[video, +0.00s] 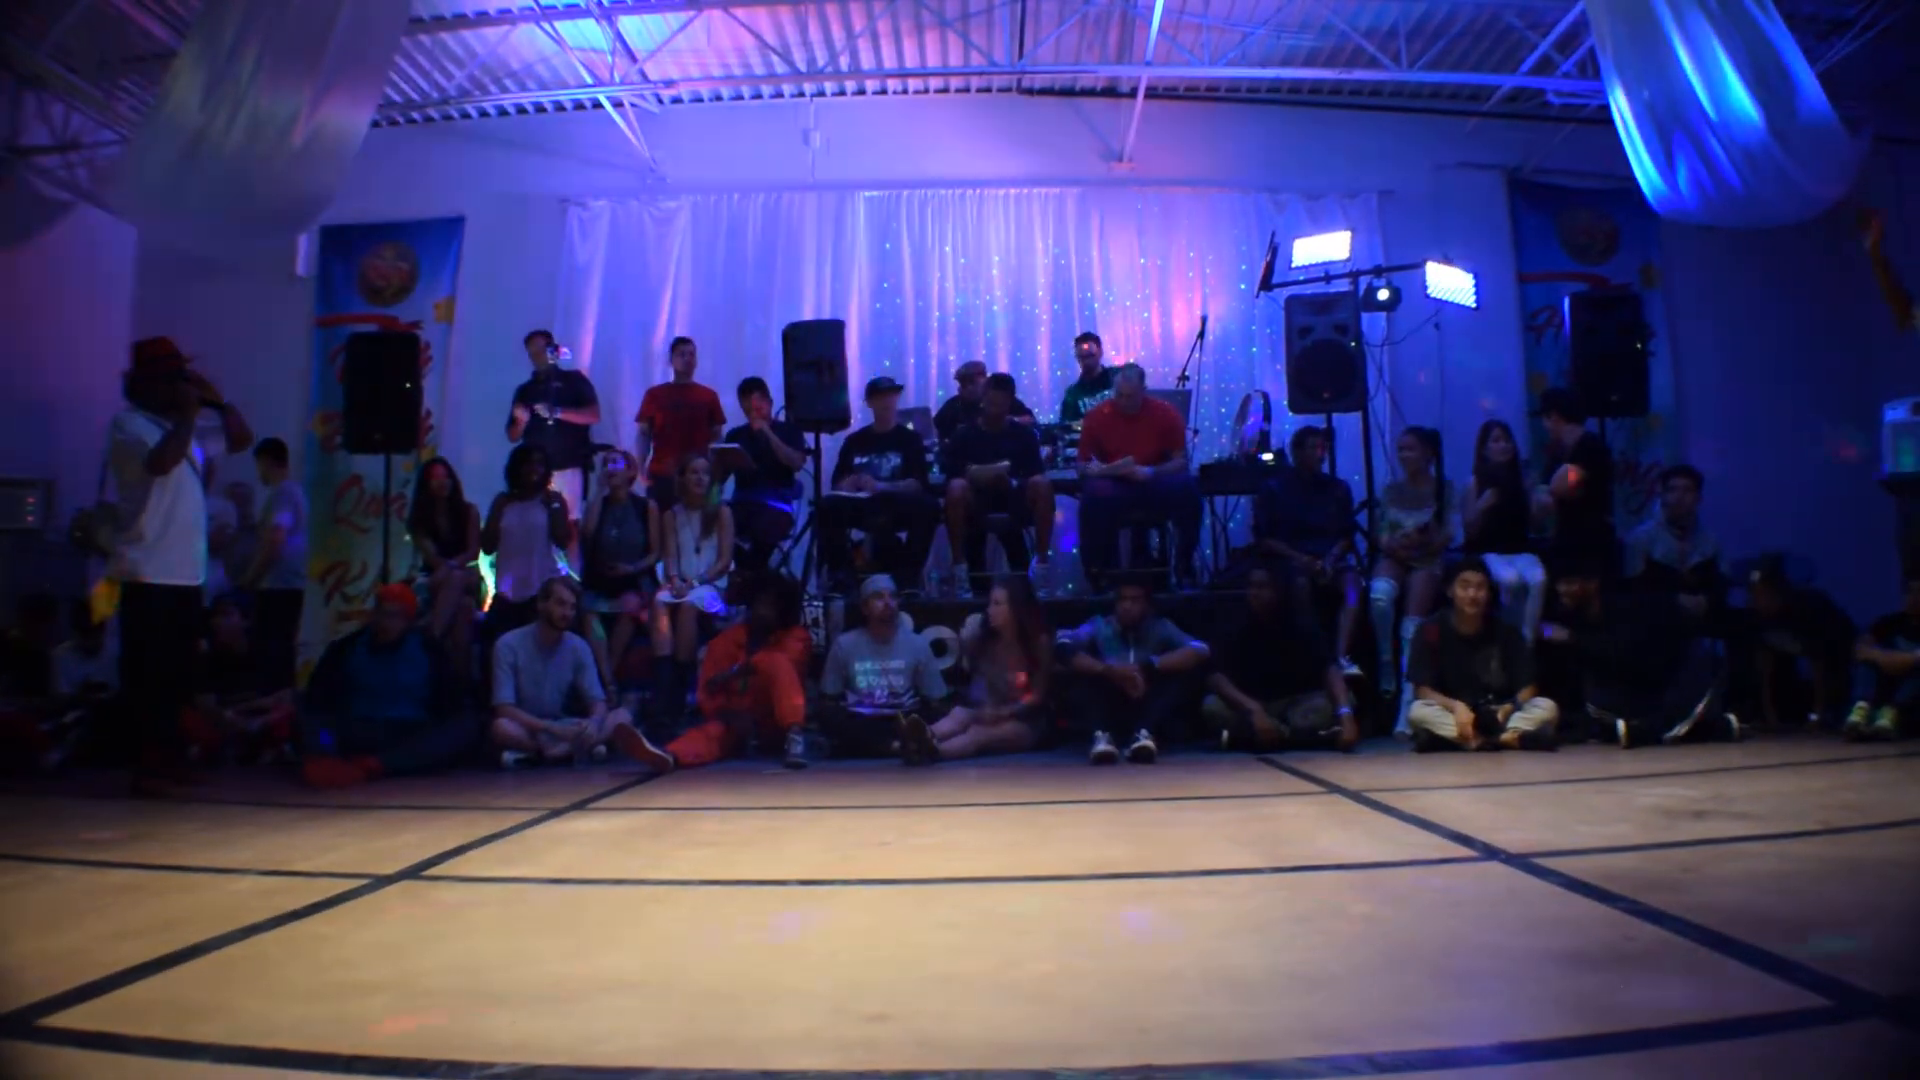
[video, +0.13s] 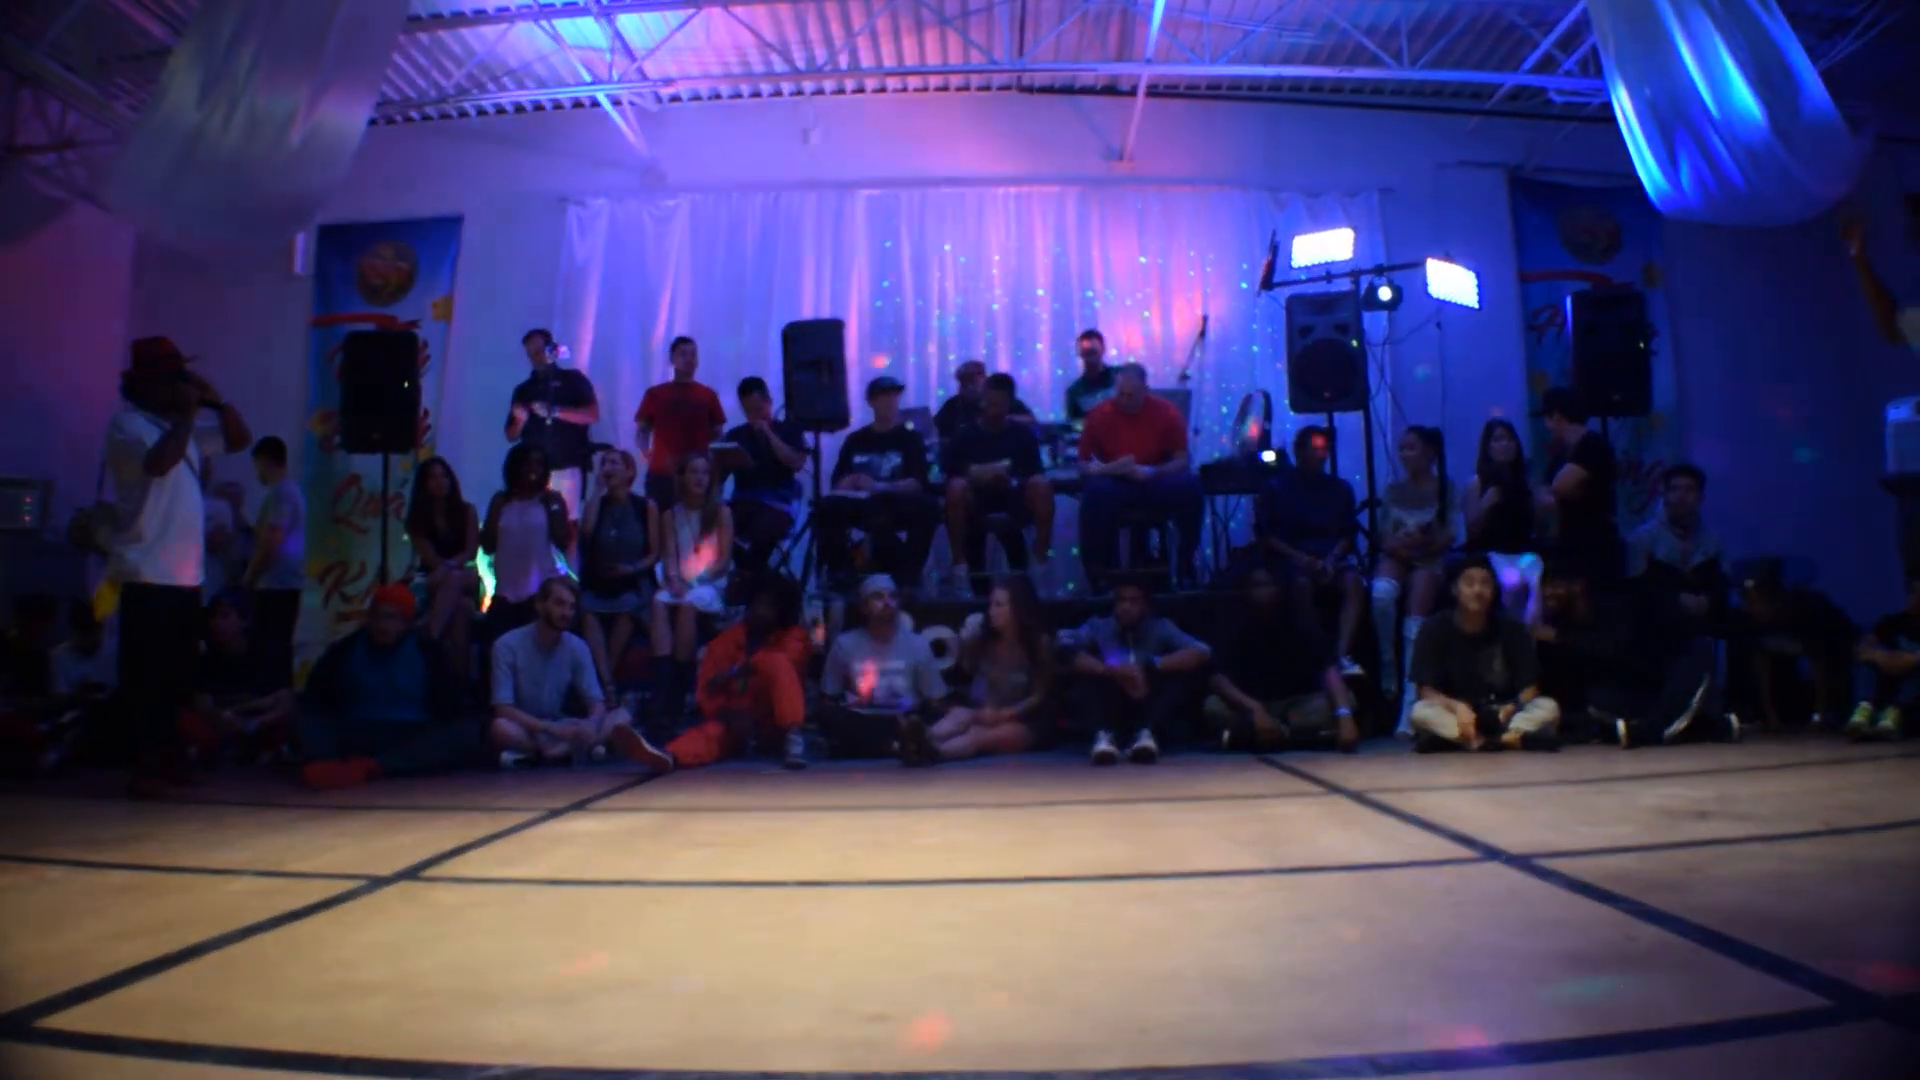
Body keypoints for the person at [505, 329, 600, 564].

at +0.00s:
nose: (539, 356)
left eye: (543, 349)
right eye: (533, 351)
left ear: (553, 350)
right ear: (529, 356)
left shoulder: (575, 379)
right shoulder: (525, 389)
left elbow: (593, 415)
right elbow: (513, 435)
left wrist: (557, 413)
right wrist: (520, 422)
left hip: (569, 463)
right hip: (537, 466)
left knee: (570, 524)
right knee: (536, 523)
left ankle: (573, 576)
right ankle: (539, 578)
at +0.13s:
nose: (537, 357)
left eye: (540, 351)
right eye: (532, 353)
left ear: (552, 350)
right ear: (528, 355)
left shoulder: (574, 379)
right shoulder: (524, 389)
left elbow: (592, 415)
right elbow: (511, 435)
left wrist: (554, 412)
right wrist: (518, 421)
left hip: (568, 464)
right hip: (535, 465)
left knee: (569, 525)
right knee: (534, 524)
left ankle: (569, 579)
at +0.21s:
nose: (538, 356)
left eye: (542, 350)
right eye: (532, 351)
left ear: (552, 350)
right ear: (528, 355)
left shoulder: (573, 379)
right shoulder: (524, 389)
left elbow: (591, 415)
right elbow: (511, 435)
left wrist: (553, 412)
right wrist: (519, 422)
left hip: (568, 463)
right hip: (535, 465)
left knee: (569, 523)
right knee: (534, 522)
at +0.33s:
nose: (544, 353)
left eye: (548, 347)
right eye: (538, 350)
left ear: (555, 349)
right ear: (531, 355)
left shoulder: (575, 379)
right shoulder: (525, 390)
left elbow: (593, 416)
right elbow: (513, 435)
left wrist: (555, 413)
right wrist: (523, 422)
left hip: (570, 464)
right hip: (537, 467)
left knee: (570, 524)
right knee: (536, 524)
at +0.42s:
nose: (544, 353)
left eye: (548, 347)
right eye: (538, 349)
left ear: (556, 349)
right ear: (531, 355)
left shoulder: (575, 379)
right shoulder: (526, 390)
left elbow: (593, 415)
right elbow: (513, 435)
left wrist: (555, 413)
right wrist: (523, 421)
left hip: (569, 465)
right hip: (536, 467)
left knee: (570, 525)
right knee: (536, 525)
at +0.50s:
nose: (545, 352)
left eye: (549, 346)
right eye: (539, 348)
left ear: (557, 349)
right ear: (532, 354)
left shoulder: (576, 379)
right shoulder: (525, 390)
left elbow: (593, 415)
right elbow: (513, 435)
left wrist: (556, 413)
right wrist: (523, 421)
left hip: (569, 465)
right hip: (536, 467)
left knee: (570, 525)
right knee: (536, 525)